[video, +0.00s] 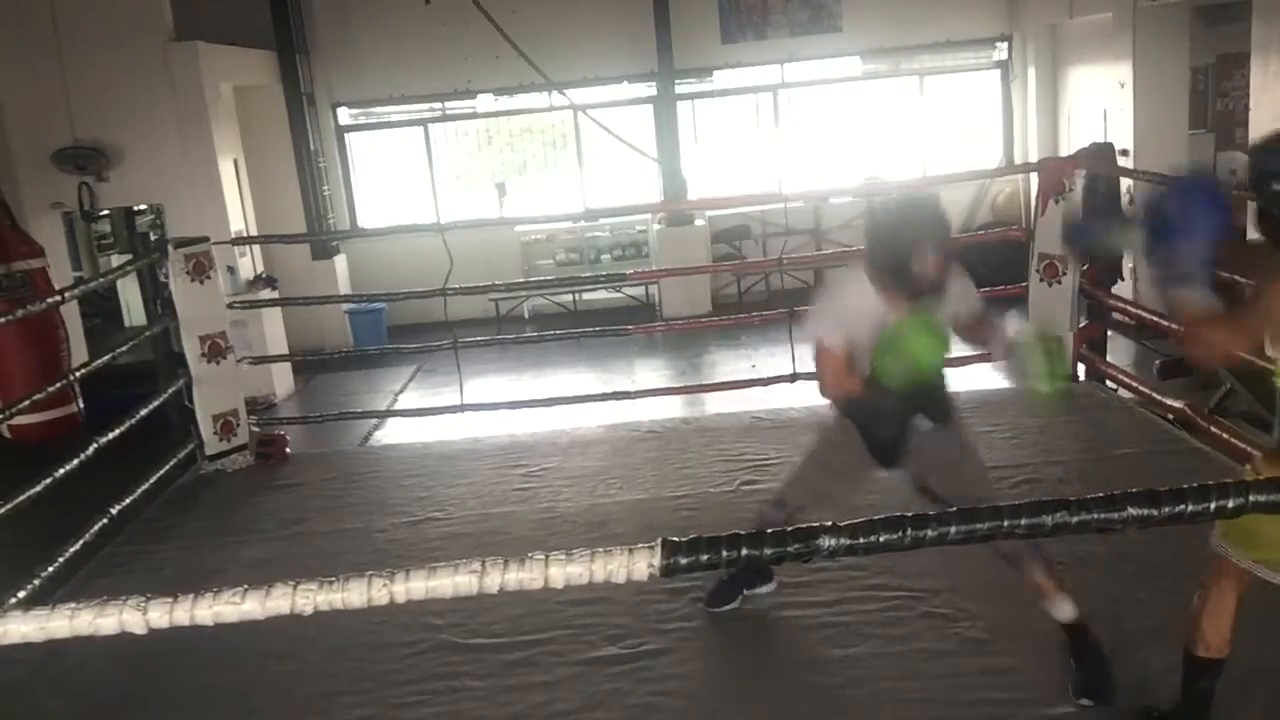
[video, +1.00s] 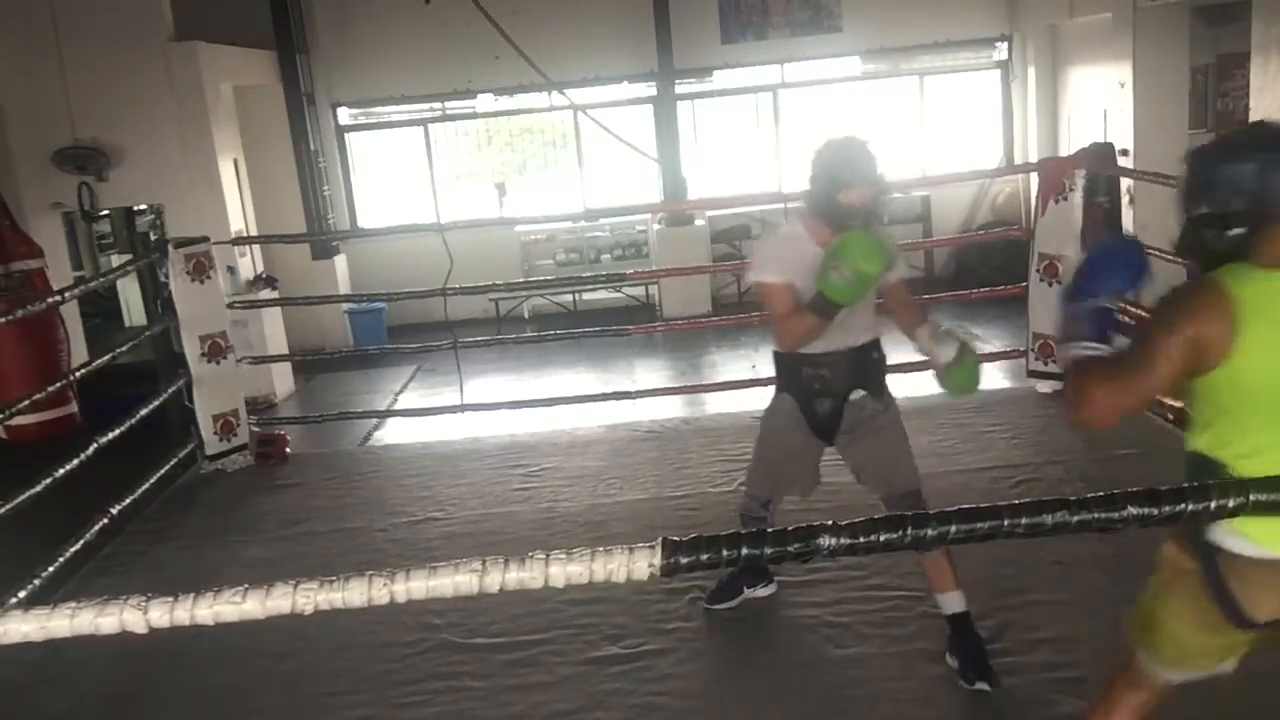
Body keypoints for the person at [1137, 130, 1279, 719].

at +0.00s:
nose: (1255, 193)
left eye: (1259, 184)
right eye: (1258, 181)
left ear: (1263, 195)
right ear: (1263, 192)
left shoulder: (1269, 267)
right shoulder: (1263, 264)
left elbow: (1219, 344)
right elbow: (1221, 342)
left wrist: (1182, 269)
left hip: (1264, 460)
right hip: (1257, 456)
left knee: (1224, 578)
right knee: (1224, 578)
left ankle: (1192, 707)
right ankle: (1193, 705)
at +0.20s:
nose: (1269, 222)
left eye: (1272, 208)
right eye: (1270, 207)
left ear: (1275, 224)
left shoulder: (1274, 307)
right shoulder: (1269, 305)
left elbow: (1209, 376)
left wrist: (1088, 398)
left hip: (1272, 496)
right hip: (1269, 494)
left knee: (1235, 586)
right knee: (1233, 587)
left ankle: (1165, 704)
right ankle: (1166, 702)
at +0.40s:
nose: (1206, 225)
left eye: (1214, 214)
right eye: (1209, 213)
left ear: (1232, 219)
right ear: (1269, 216)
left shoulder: (1208, 299)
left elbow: (1145, 396)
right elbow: (1149, 394)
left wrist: (1189, 415)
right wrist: (1188, 415)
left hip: (1255, 503)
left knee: (1201, 604)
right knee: (1201, 604)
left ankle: (1149, 707)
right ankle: (1151, 705)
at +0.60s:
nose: (1213, 211)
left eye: (1222, 200)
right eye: (1220, 198)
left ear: (1244, 212)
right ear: (1272, 215)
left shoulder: (1222, 295)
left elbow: (1150, 399)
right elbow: (1153, 397)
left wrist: (1187, 449)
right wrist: (1185, 445)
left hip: (1258, 518)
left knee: (1199, 627)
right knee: (1199, 629)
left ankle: (1150, 708)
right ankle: (1152, 706)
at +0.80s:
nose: (1235, 207)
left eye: (1243, 194)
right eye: (1244, 193)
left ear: (1260, 204)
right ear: (1275, 208)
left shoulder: (1256, 295)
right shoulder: (1255, 292)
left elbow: (1211, 412)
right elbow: (1215, 413)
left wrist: (1178, 418)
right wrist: (1190, 419)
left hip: (1268, 534)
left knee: (1189, 661)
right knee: (1189, 661)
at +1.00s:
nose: (1190, 214)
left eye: (1200, 197)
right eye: (1196, 195)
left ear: (1225, 207)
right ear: (1264, 205)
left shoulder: (1214, 303)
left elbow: (1092, 406)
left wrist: (1088, 322)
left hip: (1245, 551)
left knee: (1137, 687)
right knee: (1139, 684)